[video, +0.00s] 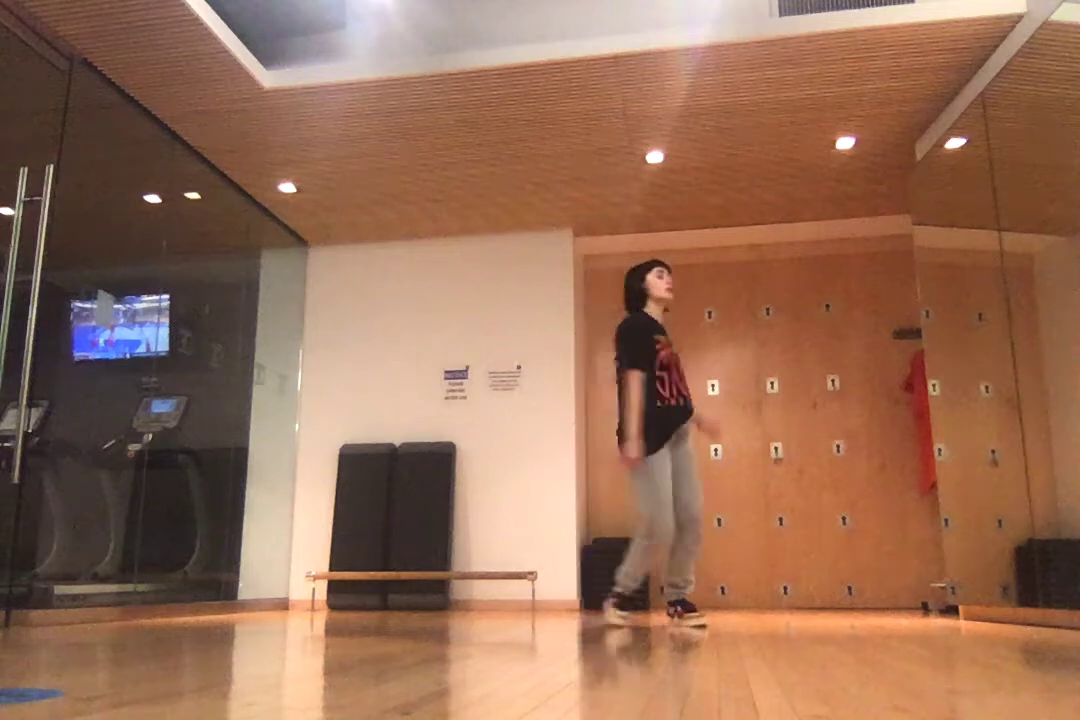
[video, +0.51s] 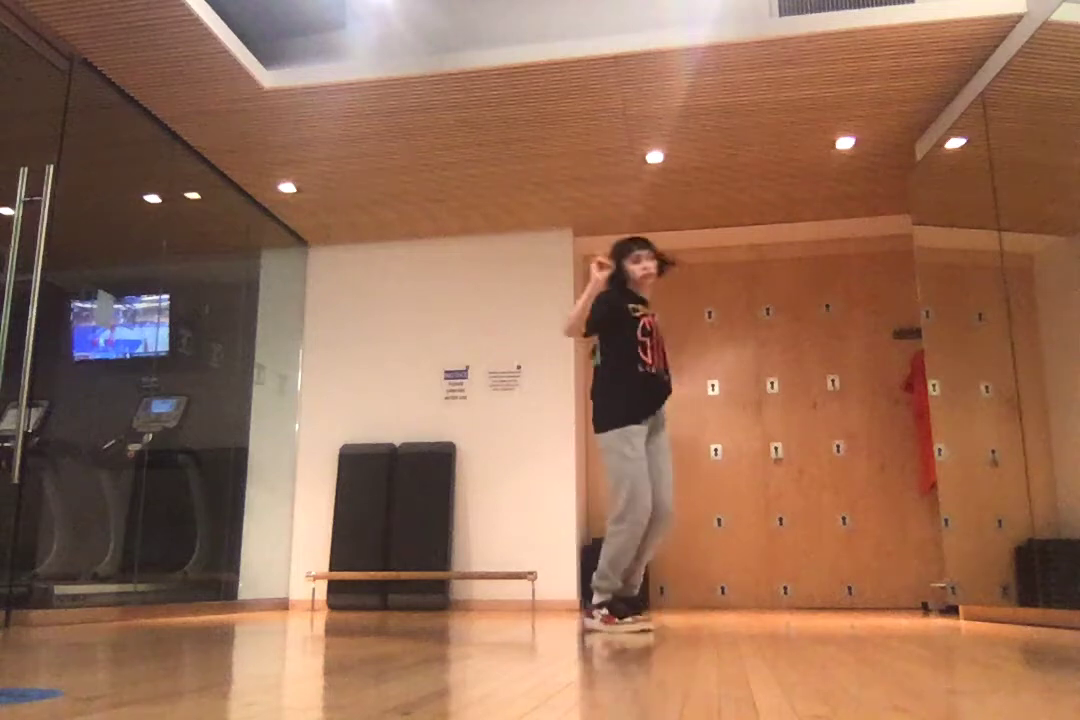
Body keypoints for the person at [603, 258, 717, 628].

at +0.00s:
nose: (669, 280)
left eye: (669, 275)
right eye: (660, 275)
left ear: (665, 287)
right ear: (642, 285)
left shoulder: (659, 328)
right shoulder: (634, 326)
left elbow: (670, 382)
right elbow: (633, 382)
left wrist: (697, 417)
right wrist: (632, 436)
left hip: (677, 431)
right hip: (648, 437)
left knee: (689, 518)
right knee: (658, 524)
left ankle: (678, 600)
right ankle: (620, 596)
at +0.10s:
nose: (670, 285)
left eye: (673, 279)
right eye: (661, 279)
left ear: (676, 290)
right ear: (643, 289)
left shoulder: (668, 338)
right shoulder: (636, 326)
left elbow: (680, 398)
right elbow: (645, 373)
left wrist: (698, 444)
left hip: (673, 431)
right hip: (639, 439)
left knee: (692, 516)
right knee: (669, 518)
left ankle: (677, 598)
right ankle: (641, 595)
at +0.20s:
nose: (673, 274)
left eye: (676, 268)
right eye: (664, 268)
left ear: (680, 278)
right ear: (646, 276)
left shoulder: (674, 323)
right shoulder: (632, 306)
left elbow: (666, 380)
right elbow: (622, 340)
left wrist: (691, 402)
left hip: (665, 417)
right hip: (628, 423)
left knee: (680, 505)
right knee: (656, 501)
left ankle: (677, 593)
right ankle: (633, 587)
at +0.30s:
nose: (679, 266)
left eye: (682, 260)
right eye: (670, 260)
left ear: (683, 271)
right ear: (648, 267)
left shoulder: (668, 312)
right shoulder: (630, 297)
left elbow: (648, 356)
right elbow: (584, 311)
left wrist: (673, 370)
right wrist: (624, 285)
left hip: (655, 408)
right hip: (619, 411)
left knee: (674, 500)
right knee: (636, 502)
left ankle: (657, 585)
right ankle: (604, 598)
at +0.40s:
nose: (669, 265)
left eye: (673, 260)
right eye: (660, 259)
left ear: (677, 270)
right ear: (642, 265)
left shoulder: (656, 304)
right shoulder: (623, 295)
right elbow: (572, 322)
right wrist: (604, 287)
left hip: (653, 412)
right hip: (617, 416)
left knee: (668, 501)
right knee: (625, 505)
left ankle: (630, 594)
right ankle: (600, 603)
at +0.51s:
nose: (646, 267)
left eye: (650, 261)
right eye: (636, 262)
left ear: (657, 268)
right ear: (621, 269)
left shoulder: (644, 306)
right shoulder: (612, 301)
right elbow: (573, 328)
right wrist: (594, 285)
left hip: (652, 414)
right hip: (619, 419)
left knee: (661, 509)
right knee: (634, 506)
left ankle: (624, 596)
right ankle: (599, 603)